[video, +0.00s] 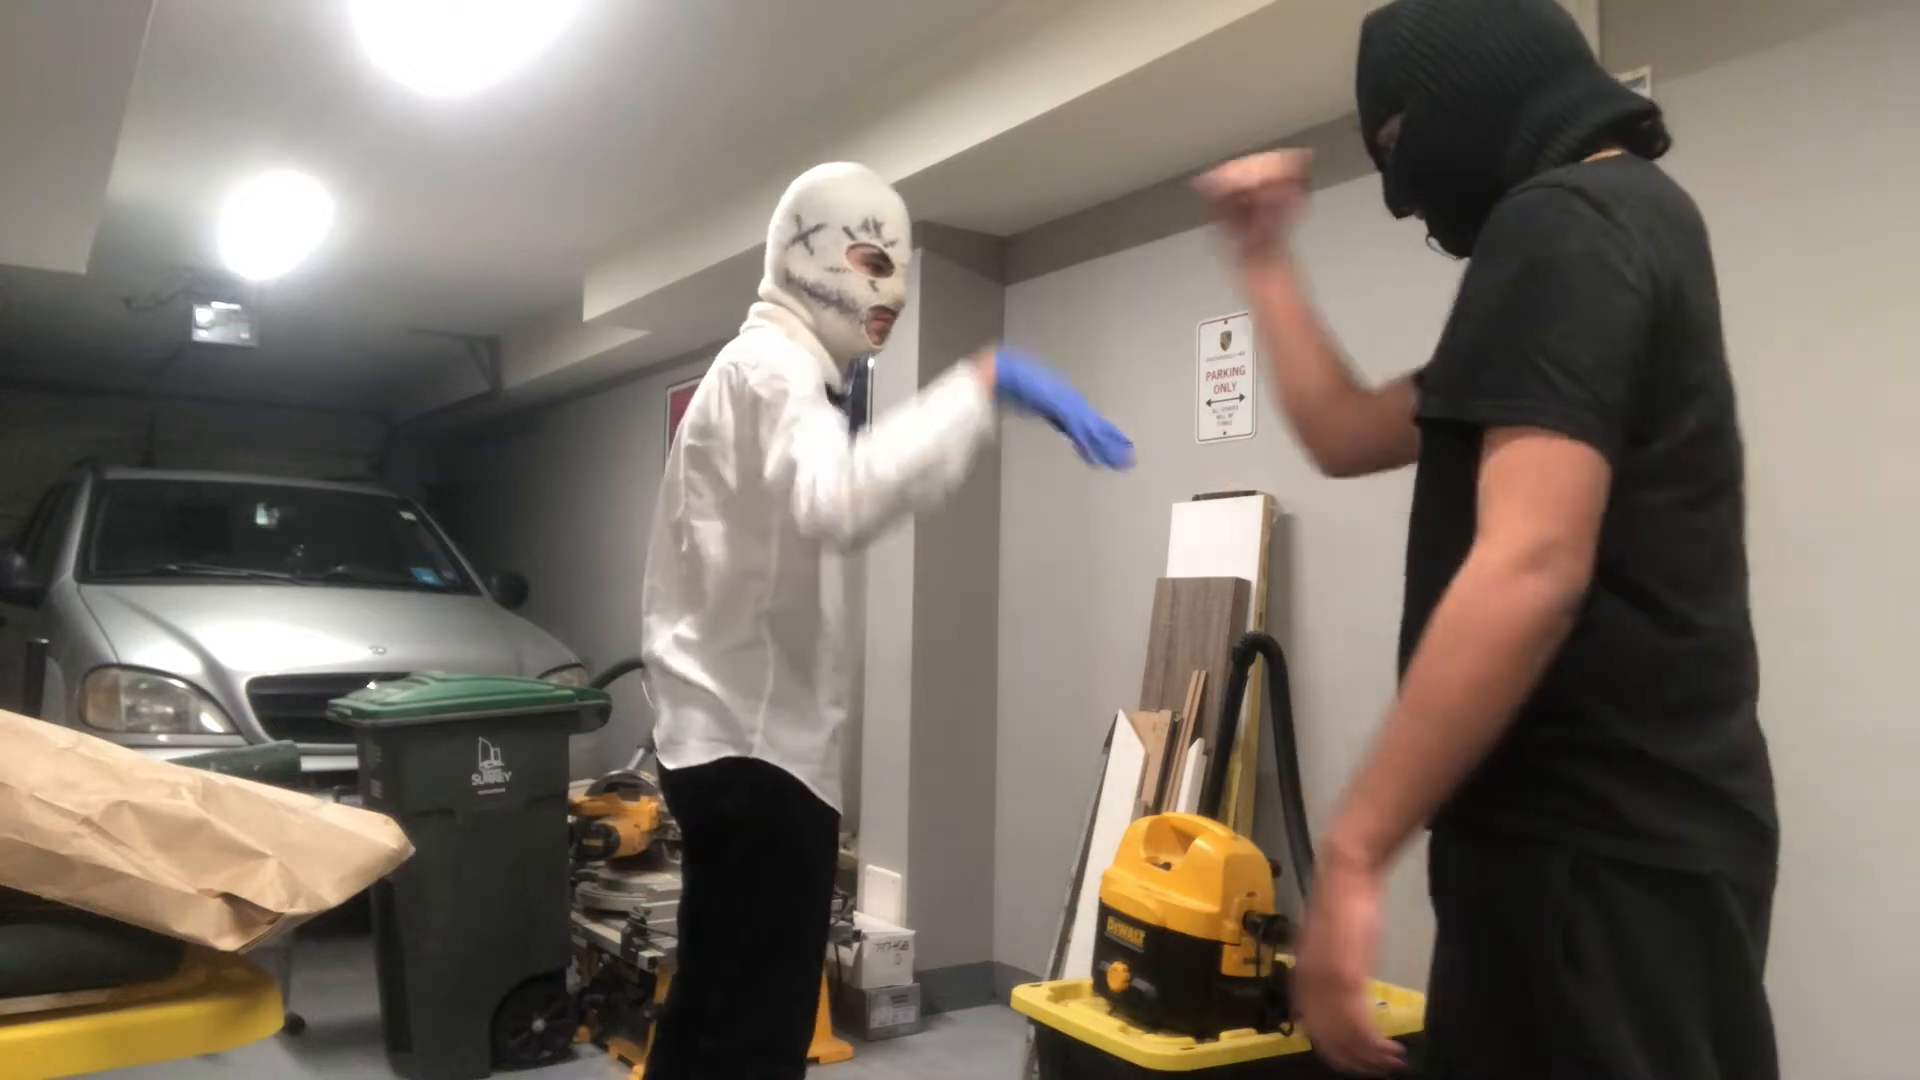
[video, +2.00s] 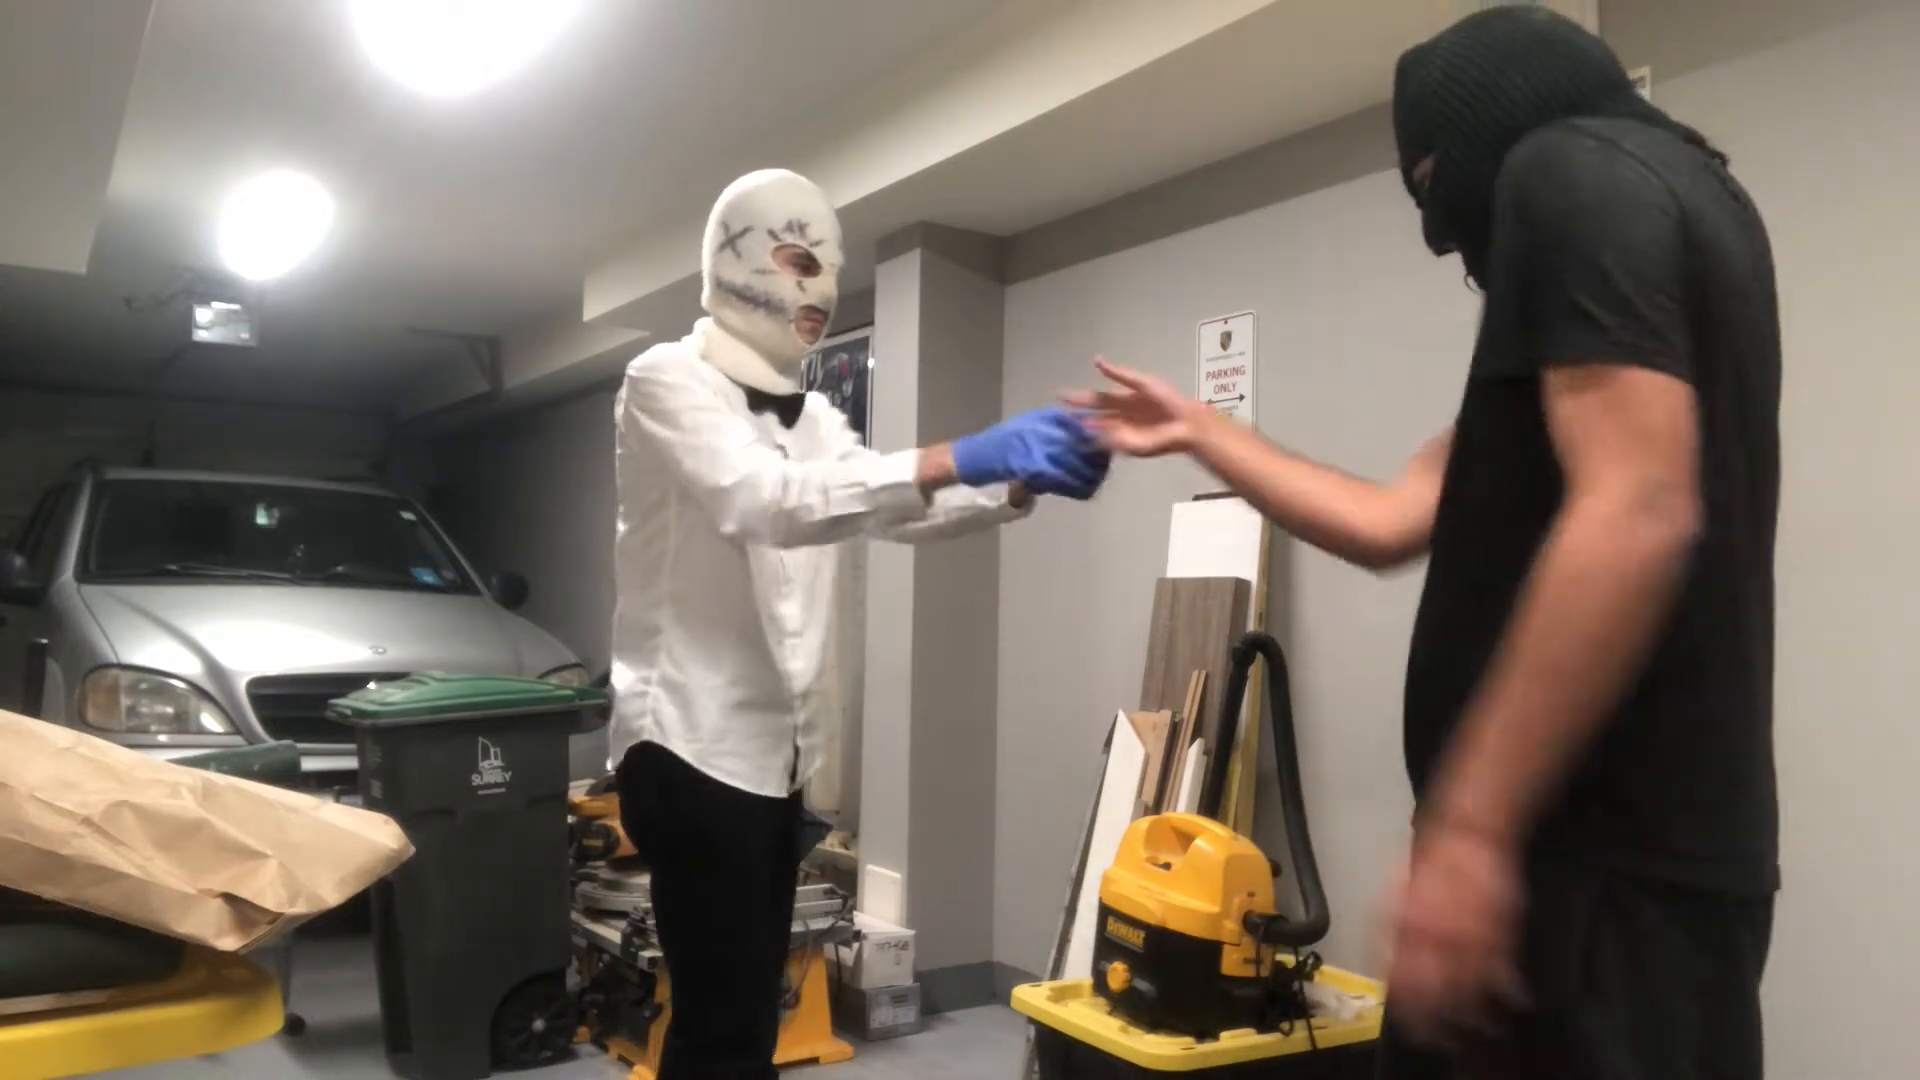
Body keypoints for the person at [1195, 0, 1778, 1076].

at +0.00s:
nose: (1395, 193)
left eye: (1390, 145)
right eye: (1381, 159)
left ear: (1457, 98)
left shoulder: (1566, 224)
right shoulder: (1611, 226)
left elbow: (1532, 564)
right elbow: (1346, 432)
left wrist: (1354, 853)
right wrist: (1259, 254)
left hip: (1583, 867)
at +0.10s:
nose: (1395, 188)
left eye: (1395, 138)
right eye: (1382, 154)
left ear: (1466, 91)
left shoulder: (1593, 225)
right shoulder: (1583, 248)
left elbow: (1546, 572)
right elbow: (1326, 480)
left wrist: (1314, 826)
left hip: (1602, 876)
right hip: (1559, 868)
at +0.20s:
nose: (1395, 193)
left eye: (1393, 141)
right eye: (1381, 156)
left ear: (1465, 96)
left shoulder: (1598, 229)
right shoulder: (1573, 242)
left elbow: (1590, 575)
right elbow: (1385, 538)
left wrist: (1326, 810)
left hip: (1596, 879)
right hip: (1544, 868)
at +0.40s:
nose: (1386, 183)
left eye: (1385, 129)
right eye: (1375, 145)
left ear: (1452, 88)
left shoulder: (1598, 229)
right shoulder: (1558, 248)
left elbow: (1631, 582)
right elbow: (1388, 536)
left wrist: (1396, 835)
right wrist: (1178, 556)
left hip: (1601, 882)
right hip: (1534, 872)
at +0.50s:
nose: (1383, 174)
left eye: (1385, 125)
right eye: (1375, 138)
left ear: (1454, 90)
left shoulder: (1609, 227)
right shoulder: (1549, 268)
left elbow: (1638, 579)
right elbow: (1323, 400)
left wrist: (1415, 841)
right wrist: (1157, 317)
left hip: (1601, 886)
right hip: (1537, 878)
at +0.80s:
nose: (1392, 175)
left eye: (1393, 123)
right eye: (1384, 135)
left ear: (1468, 83)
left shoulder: (1616, 235)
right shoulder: (1555, 260)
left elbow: (1665, 588)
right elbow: (1335, 456)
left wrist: (1446, 858)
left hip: (1599, 871)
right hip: (1533, 866)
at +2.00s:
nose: (1432, 222)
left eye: (1428, 183)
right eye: (1419, 194)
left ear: (1483, 125)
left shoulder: (1582, 169)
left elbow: (1638, 507)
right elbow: (1391, 522)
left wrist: (1469, 831)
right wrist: (1197, 427)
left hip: (1594, 875)